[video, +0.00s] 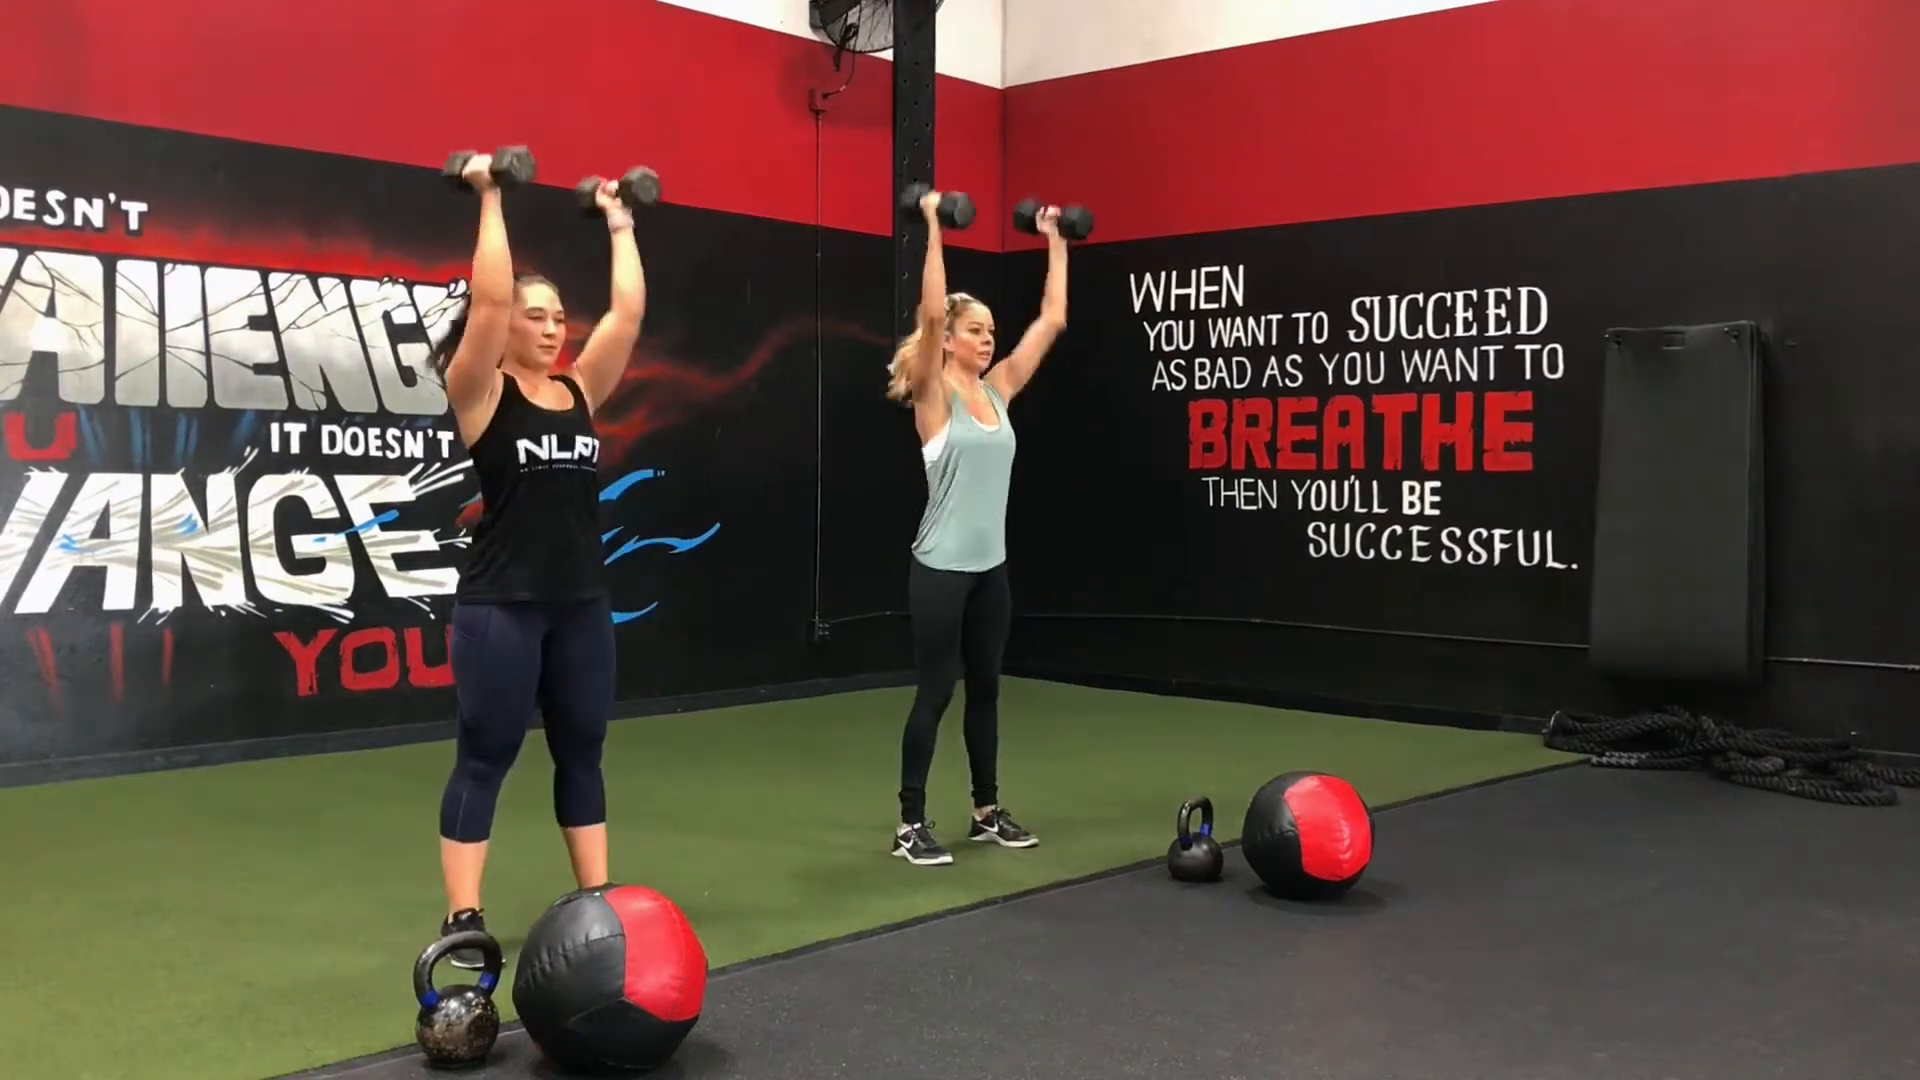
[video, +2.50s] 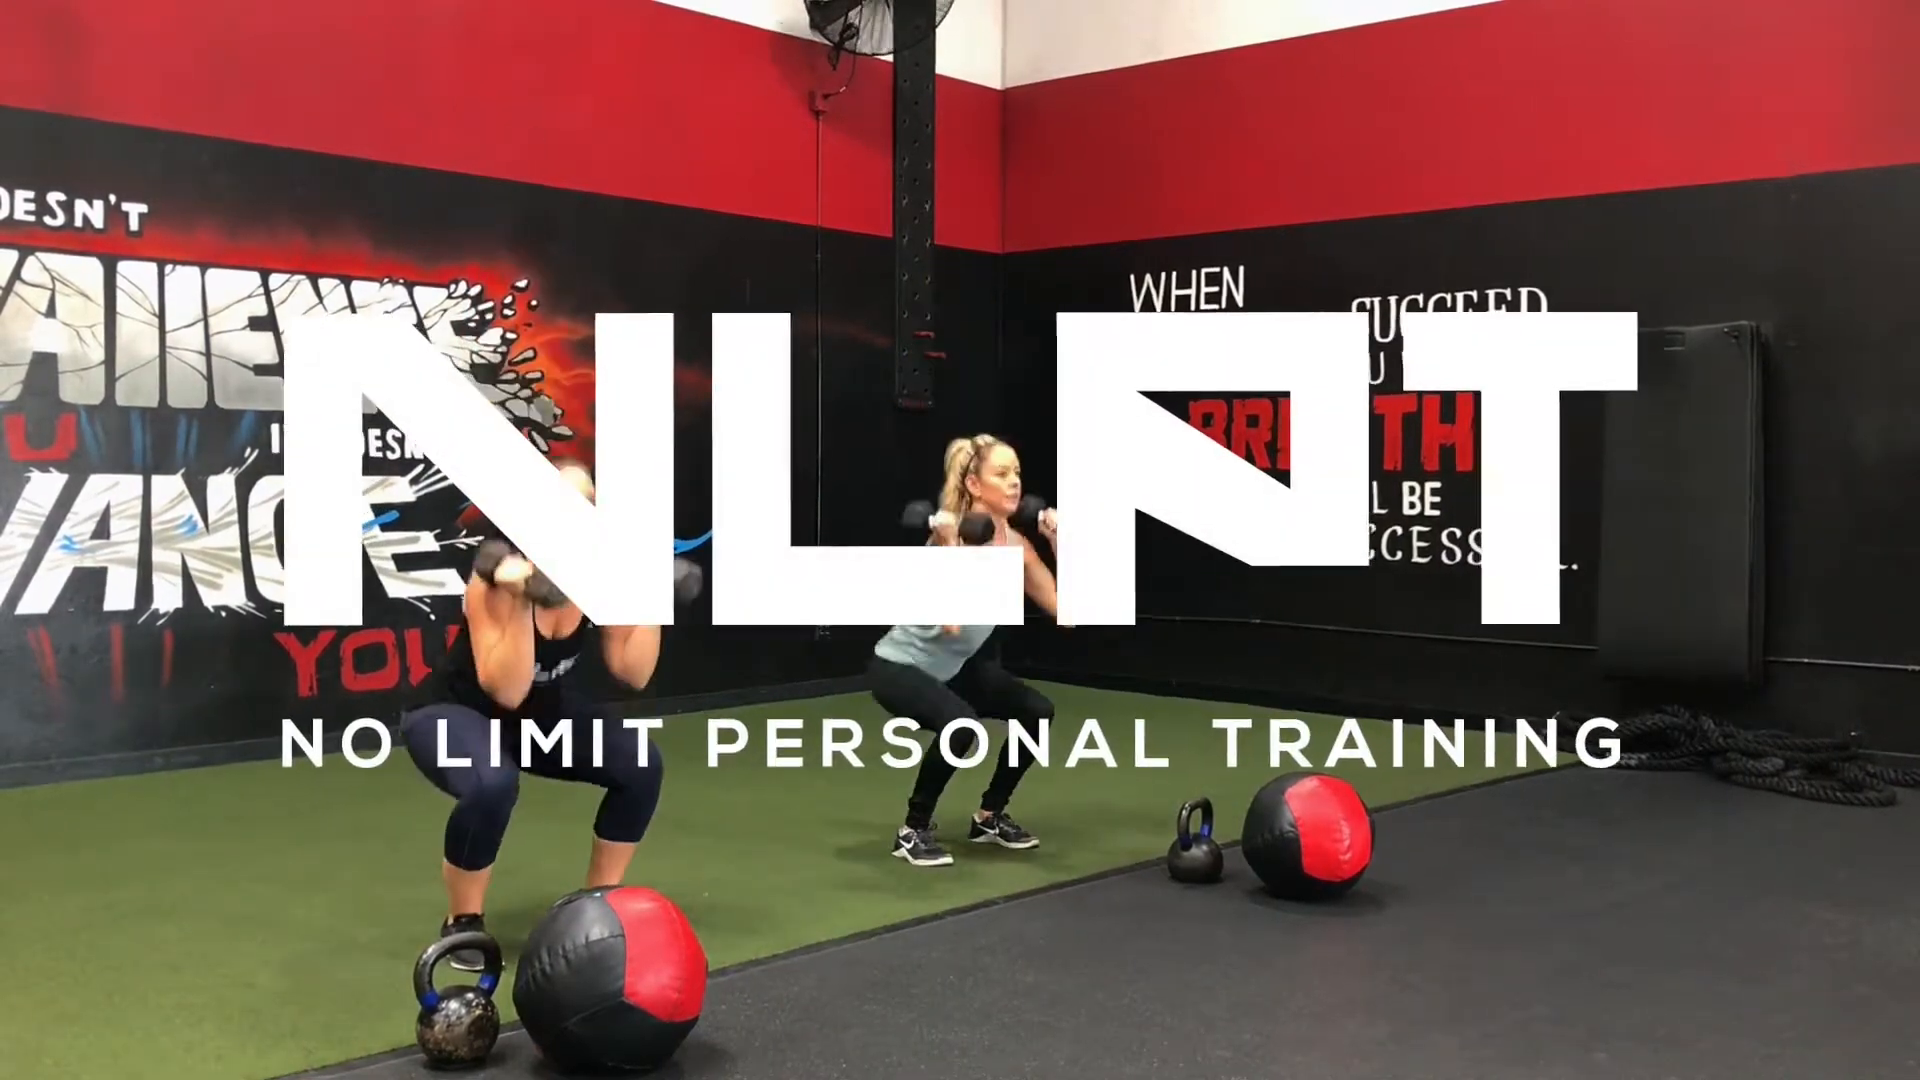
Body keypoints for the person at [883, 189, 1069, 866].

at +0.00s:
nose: (988, 338)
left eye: (991, 330)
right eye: (977, 328)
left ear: (992, 342)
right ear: (946, 337)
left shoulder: (996, 388)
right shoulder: (932, 388)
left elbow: (1052, 319)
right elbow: (934, 312)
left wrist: (1056, 241)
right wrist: (933, 226)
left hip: (990, 569)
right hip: (939, 569)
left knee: (984, 689)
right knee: (937, 689)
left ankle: (988, 813)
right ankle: (911, 825)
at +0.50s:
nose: (1019, 522)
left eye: (1019, 514)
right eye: (1006, 514)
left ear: (1024, 522)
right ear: (976, 526)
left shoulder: (1015, 585)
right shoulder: (947, 580)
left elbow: (1046, 663)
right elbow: (948, 674)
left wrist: (1055, 596)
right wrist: (949, 598)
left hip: (951, 695)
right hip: (894, 695)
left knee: (1040, 709)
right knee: (958, 724)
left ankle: (990, 816)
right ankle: (914, 831)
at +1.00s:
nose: (991, 336)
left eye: (994, 329)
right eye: (979, 327)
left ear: (998, 339)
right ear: (950, 332)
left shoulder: (1001, 387)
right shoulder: (943, 391)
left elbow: (1049, 307)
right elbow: (953, 299)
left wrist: (1068, 231)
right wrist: (947, 209)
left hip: (994, 571)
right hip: (938, 570)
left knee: (990, 693)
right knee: (933, 693)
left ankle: (987, 813)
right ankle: (913, 824)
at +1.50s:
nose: (1016, 502)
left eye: (1017, 493)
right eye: (1003, 494)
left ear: (1021, 500)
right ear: (975, 505)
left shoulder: (1014, 561)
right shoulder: (948, 556)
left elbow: (1052, 642)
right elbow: (949, 651)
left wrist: (1054, 574)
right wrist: (948, 569)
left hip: (947, 683)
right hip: (893, 678)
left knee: (1038, 711)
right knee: (959, 726)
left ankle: (990, 816)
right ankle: (915, 830)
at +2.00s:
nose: (992, 344)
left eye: (993, 335)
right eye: (980, 334)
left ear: (994, 341)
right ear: (950, 339)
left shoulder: (997, 390)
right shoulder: (940, 395)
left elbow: (1059, 332)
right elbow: (949, 329)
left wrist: (1050, 260)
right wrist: (941, 246)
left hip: (992, 570)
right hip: (938, 569)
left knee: (998, 691)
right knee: (944, 689)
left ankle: (988, 814)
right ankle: (914, 825)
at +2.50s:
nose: (1015, 483)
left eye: (1017, 474)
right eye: (1003, 474)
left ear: (1021, 481)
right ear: (973, 485)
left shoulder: (1016, 544)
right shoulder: (949, 538)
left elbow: (1062, 609)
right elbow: (950, 626)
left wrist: (1060, 544)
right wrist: (949, 551)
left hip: (954, 667)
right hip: (898, 666)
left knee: (1037, 712)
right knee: (961, 727)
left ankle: (991, 815)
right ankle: (915, 830)